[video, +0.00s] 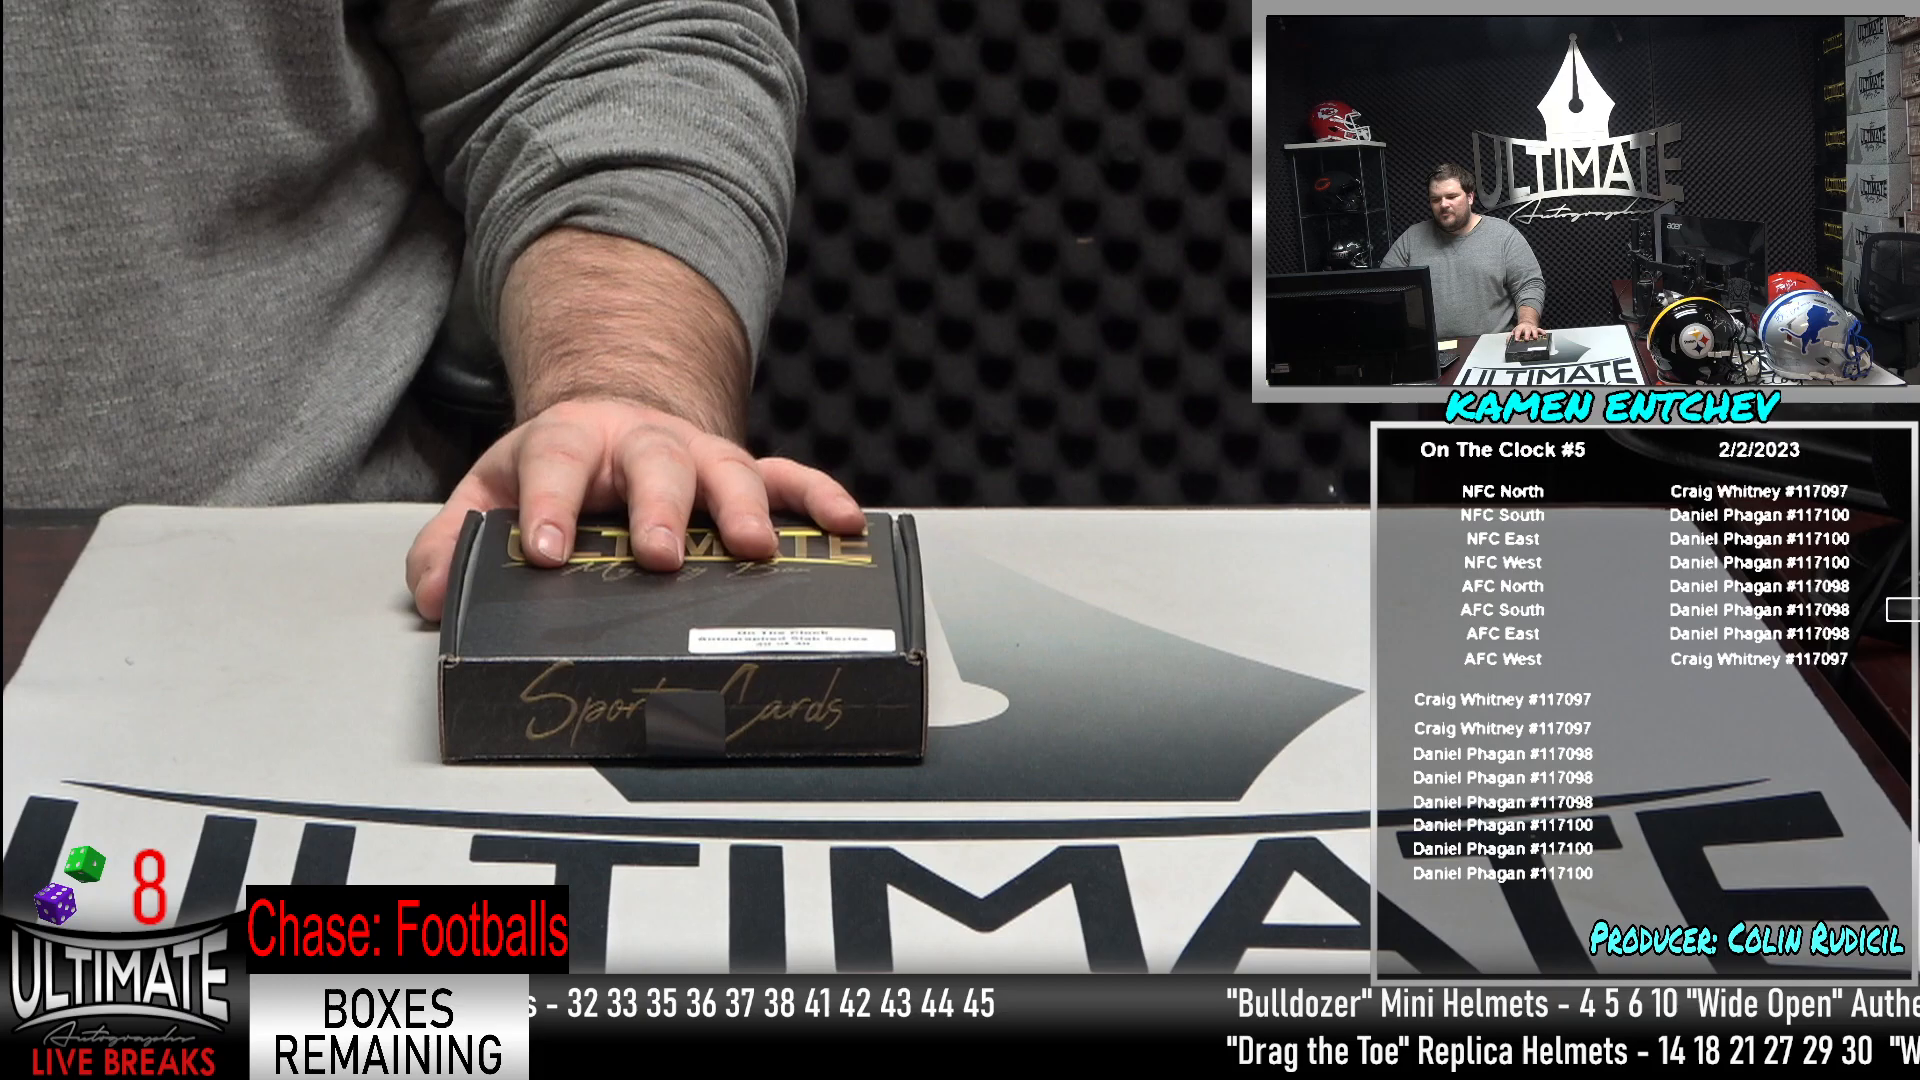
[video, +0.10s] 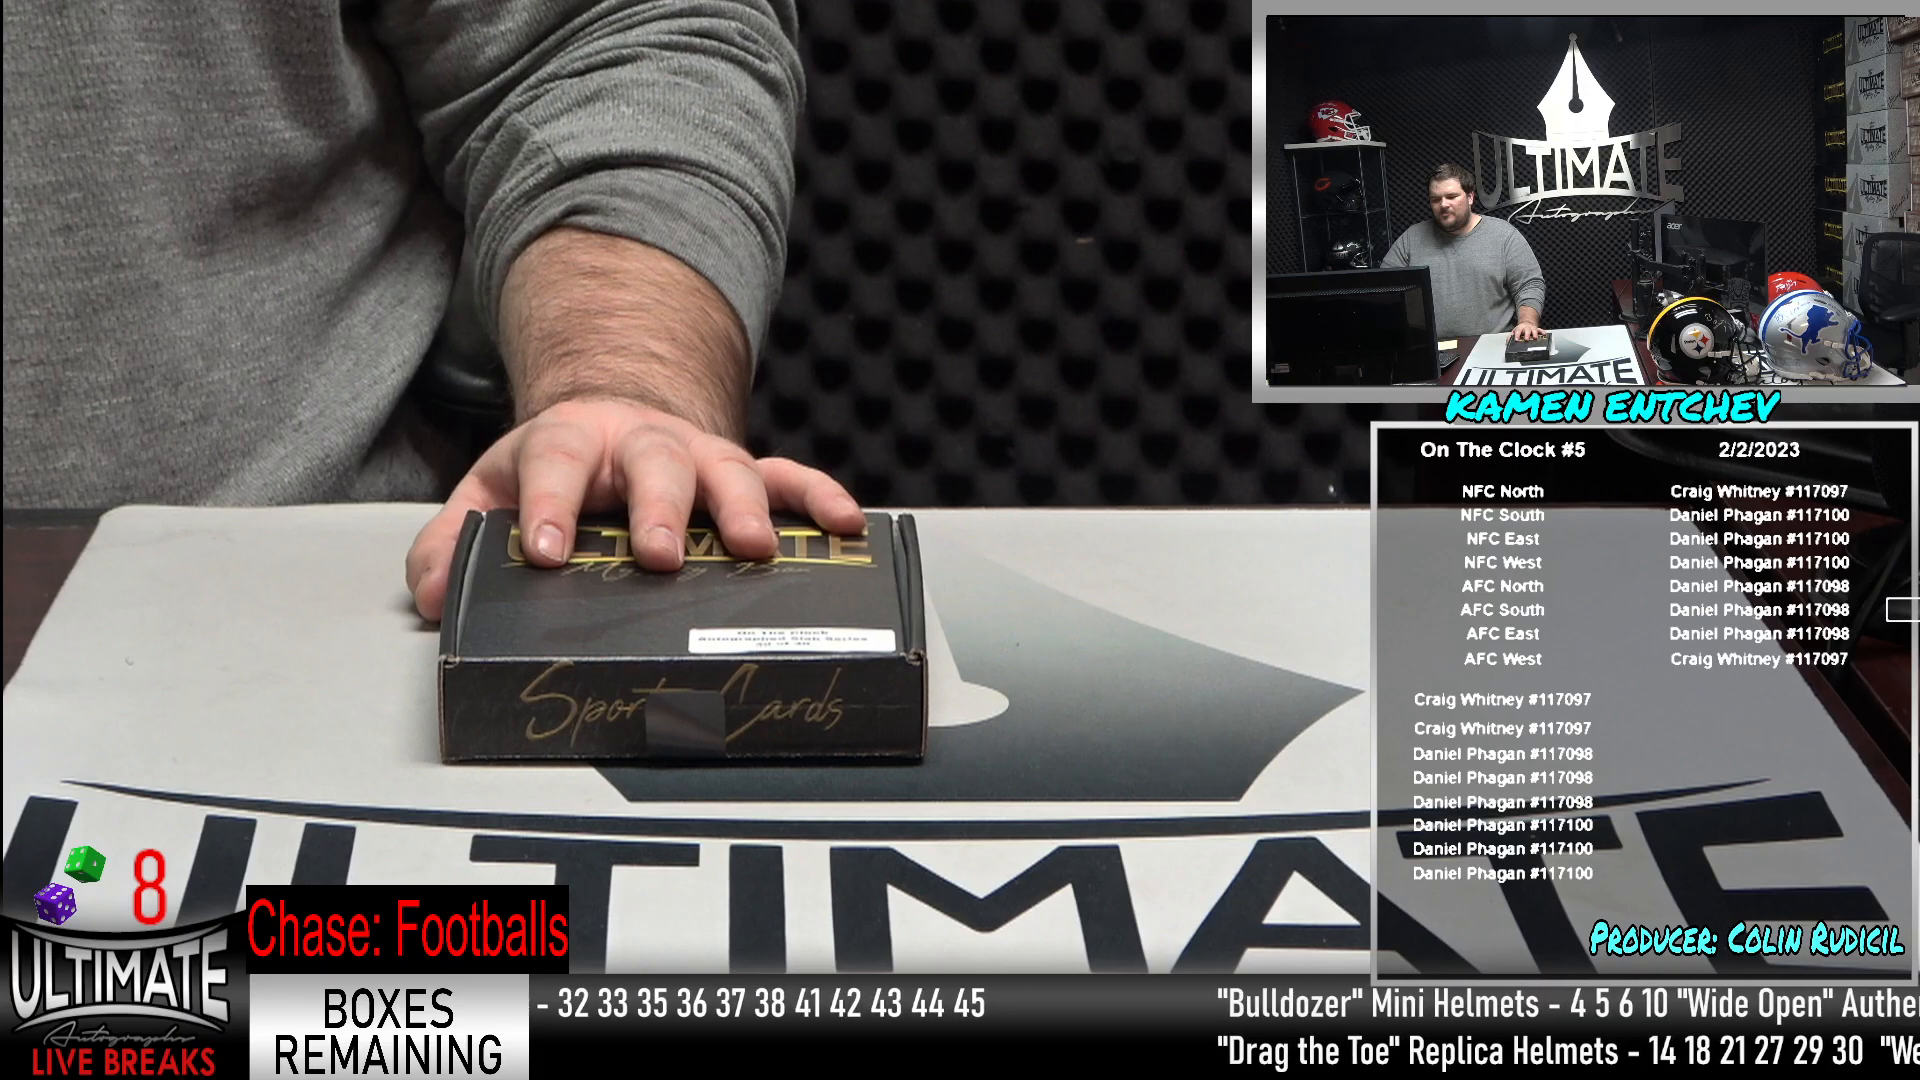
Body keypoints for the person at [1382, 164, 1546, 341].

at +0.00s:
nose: (1444, 204)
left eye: (1452, 196)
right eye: (1436, 199)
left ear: (1470, 197)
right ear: (1430, 203)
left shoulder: (1503, 235)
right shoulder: (1412, 239)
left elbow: (1529, 283)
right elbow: (1383, 286)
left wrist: (1527, 322)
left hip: (1494, 352)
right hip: (1429, 356)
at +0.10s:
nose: (1444, 204)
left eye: (1452, 196)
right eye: (1436, 199)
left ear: (1470, 197)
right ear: (1430, 203)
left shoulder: (1503, 235)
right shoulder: (1412, 239)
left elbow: (1529, 283)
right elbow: (1383, 286)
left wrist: (1527, 322)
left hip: (1494, 352)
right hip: (1429, 356)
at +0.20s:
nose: (1445, 204)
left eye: (1453, 196)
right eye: (1437, 198)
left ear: (1470, 197)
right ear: (1430, 202)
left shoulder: (1503, 235)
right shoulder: (1412, 239)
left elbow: (1529, 283)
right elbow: (1383, 285)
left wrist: (1527, 321)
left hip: (1495, 351)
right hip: (1430, 355)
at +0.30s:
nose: (1445, 205)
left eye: (1453, 196)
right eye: (1437, 199)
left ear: (1470, 197)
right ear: (1430, 203)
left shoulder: (1503, 235)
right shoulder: (1412, 239)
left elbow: (1529, 283)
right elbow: (1383, 286)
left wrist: (1527, 321)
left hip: (1495, 351)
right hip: (1430, 355)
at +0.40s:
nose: (1445, 205)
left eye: (1453, 196)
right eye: (1437, 199)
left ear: (1470, 197)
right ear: (1430, 203)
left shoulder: (1503, 235)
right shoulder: (1412, 239)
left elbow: (1529, 283)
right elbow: (1383, 286)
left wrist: (1527, 321)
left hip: (1495, 351)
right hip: (1430, 355)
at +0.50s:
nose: (1449, 204)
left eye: (1456, 196)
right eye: (1440, 198)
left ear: (1472, 197)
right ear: (1432, 202)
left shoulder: (1503, 236)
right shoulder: (1412, 239)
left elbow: (1534, 280)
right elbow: (1383, 285)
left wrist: (1524, 318)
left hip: (1494, 353)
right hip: (1430, 357)